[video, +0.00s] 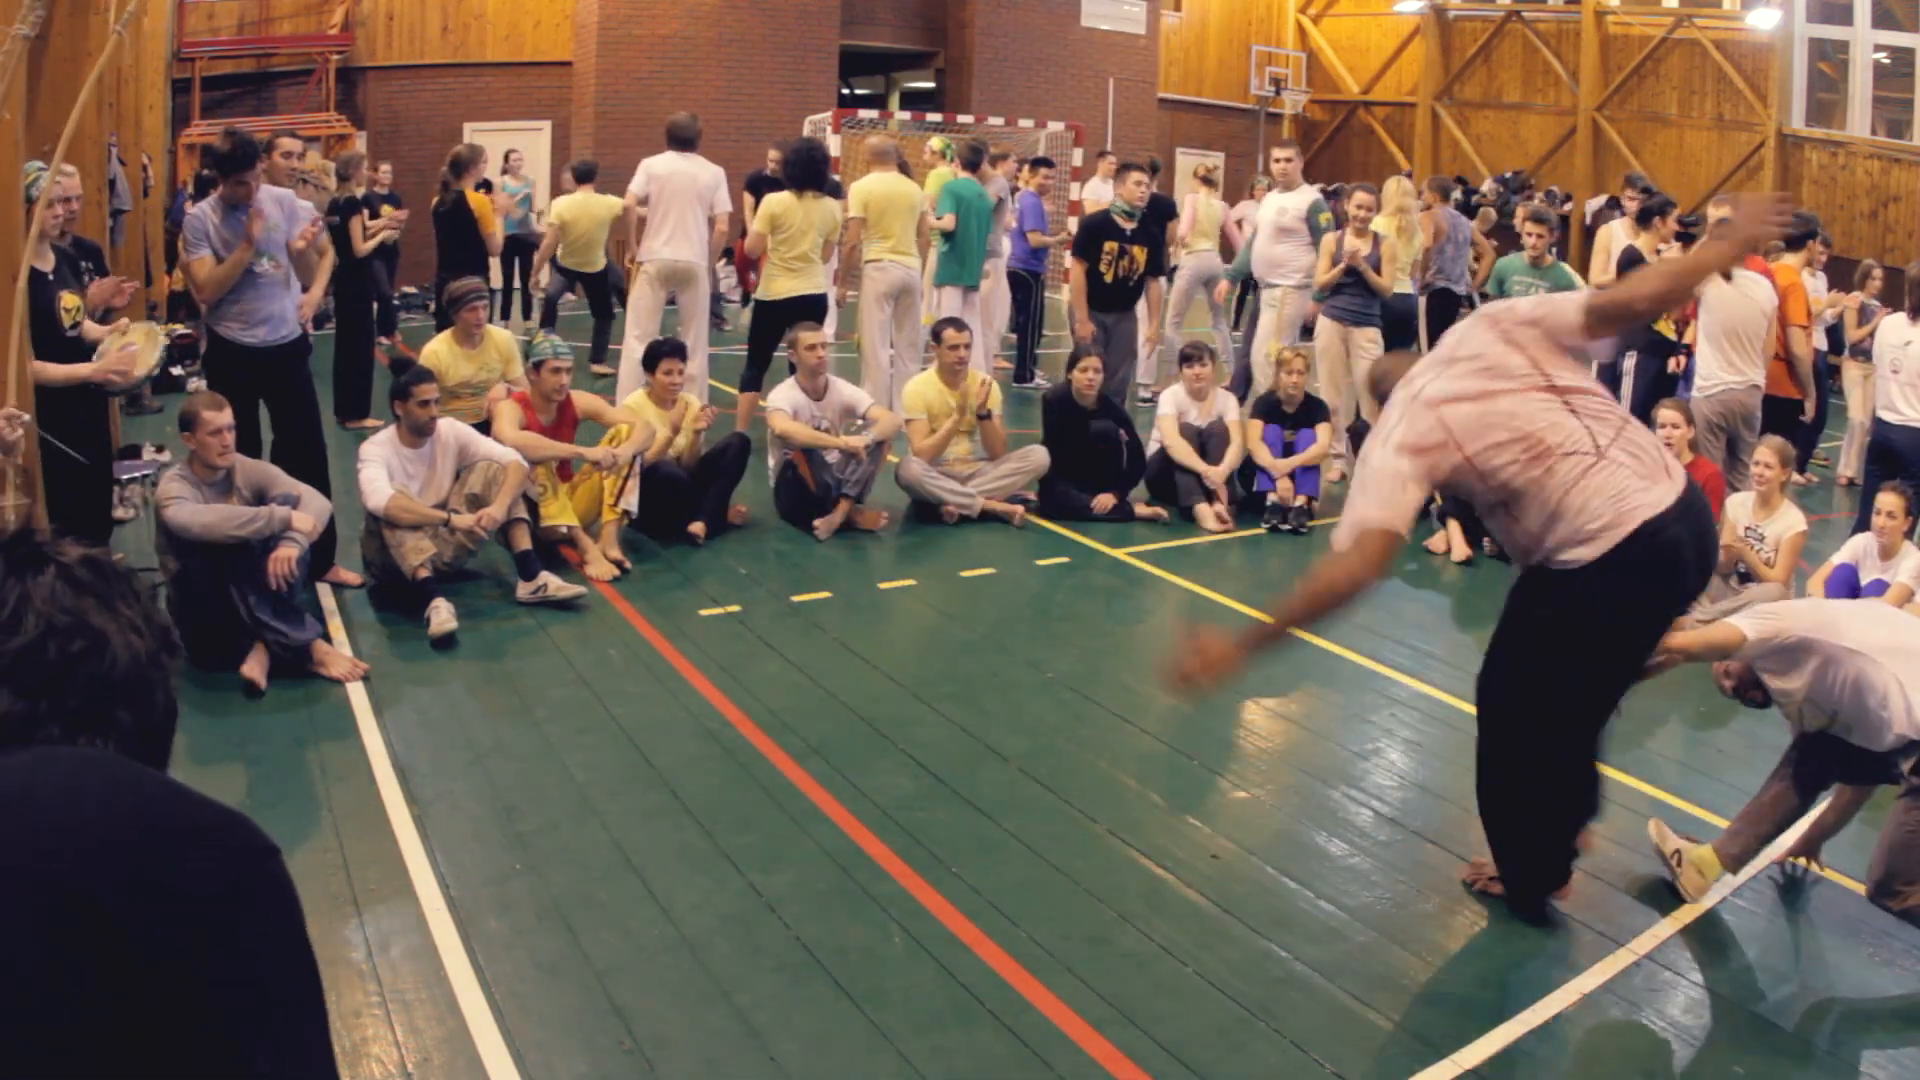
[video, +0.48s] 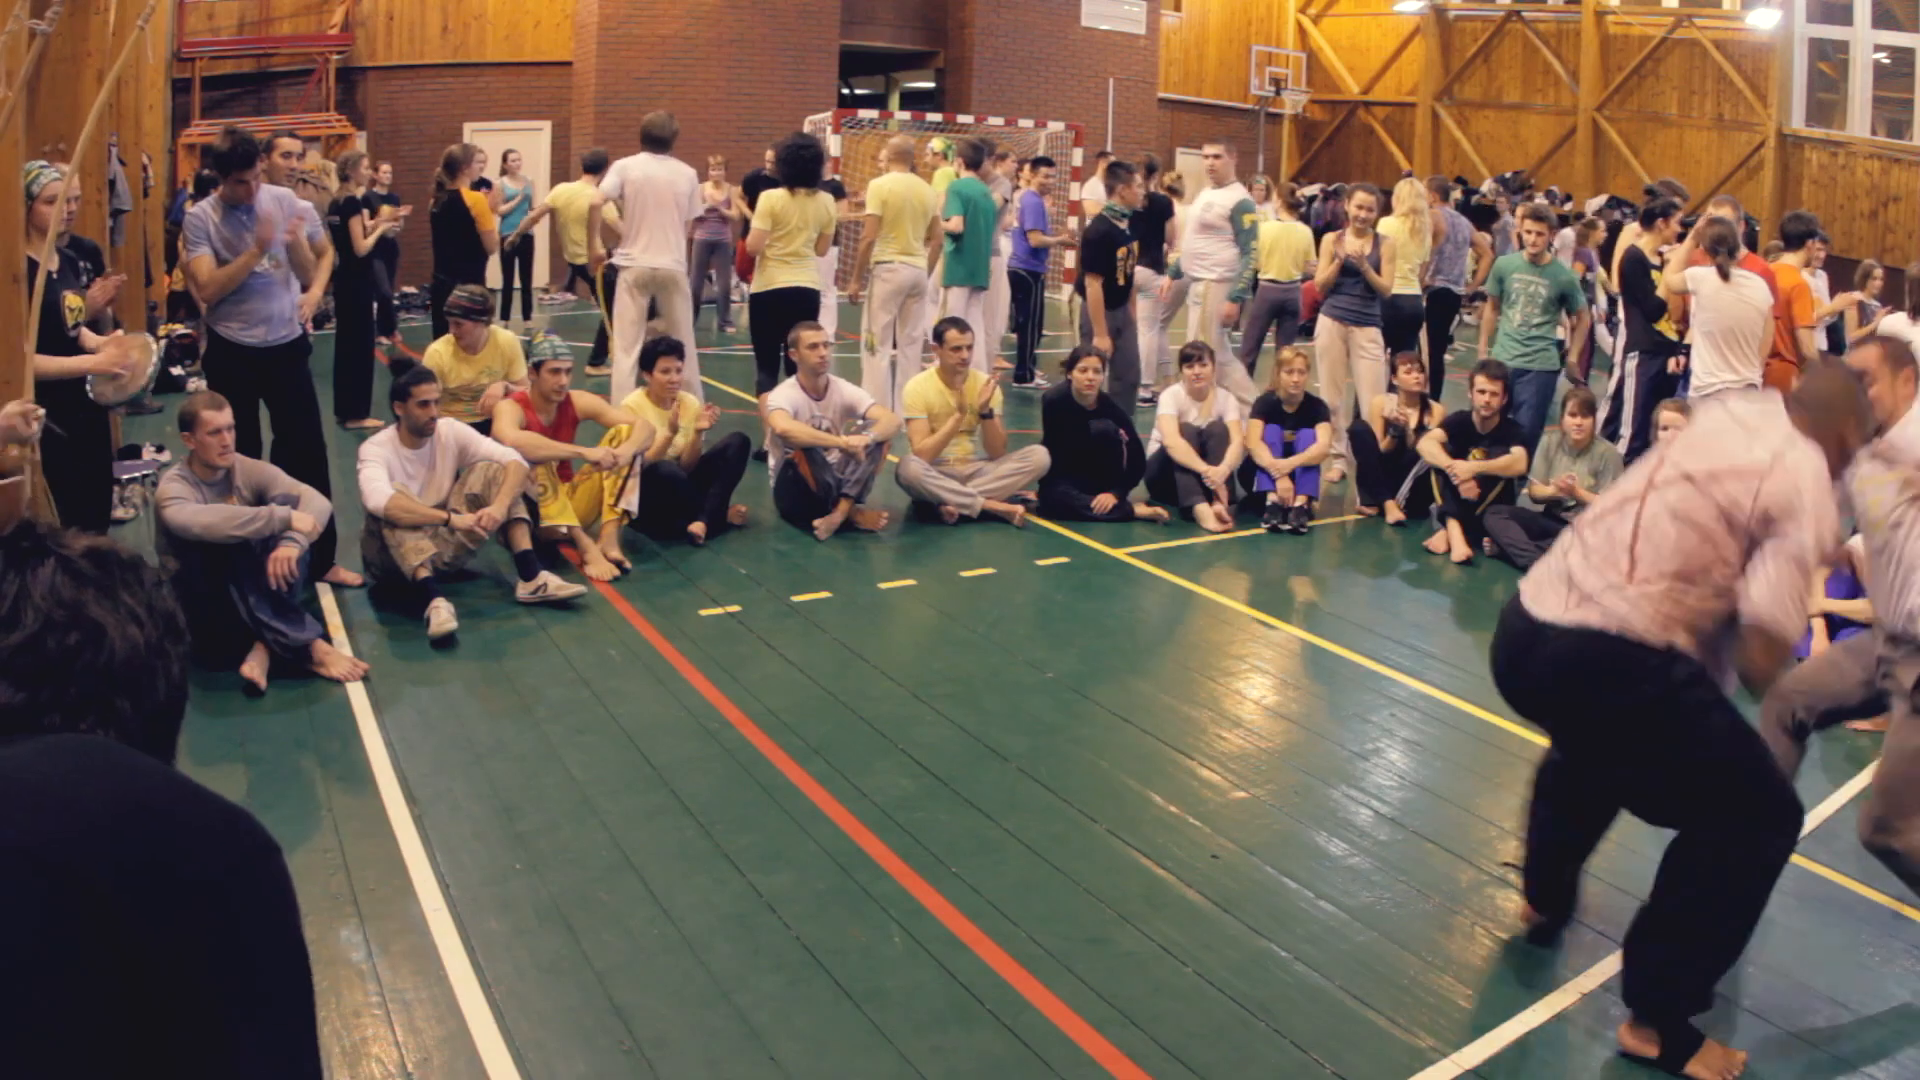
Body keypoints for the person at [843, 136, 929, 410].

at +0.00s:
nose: (863, 161)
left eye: (865, 156)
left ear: (868, 158)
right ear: (895, 157)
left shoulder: (861, 188)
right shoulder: (914, 188)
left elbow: (853, 240)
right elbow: (924, 235)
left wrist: (842, 283)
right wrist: (919, 270)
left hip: (878, 265)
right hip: (911, 265)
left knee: (875, 345)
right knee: (909, 345)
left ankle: (877, 414)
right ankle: (906, 412)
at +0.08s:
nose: (865, 160)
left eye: (866, 156)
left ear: (870, 158)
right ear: (896, 157)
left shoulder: (864, 187)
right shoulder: (916, 188)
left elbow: (856, 239)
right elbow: (926, 235)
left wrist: (844, 282)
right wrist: (919, 269)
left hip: (880, 265)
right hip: (912, 266)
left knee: (876, 344)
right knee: (910, 345)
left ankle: (876, 413)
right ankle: (905, 412)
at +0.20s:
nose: (870, 157)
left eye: (872, 153)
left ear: (875, 156)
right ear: (901, 158)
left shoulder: (868, 186)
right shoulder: (918, 188)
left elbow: (860, 238)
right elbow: (929, 235)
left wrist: (847, 280)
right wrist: (921, 271)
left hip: (883, 266)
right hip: (914, 266)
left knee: (877, 343)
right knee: (911, 345)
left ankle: (877, 412)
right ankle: (907, 412)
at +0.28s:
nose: (873, 157)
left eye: (875, 154)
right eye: (876, 153)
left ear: (878, 156)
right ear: (903, 157)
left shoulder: (871, 185)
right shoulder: (921, 189)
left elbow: (862, 237)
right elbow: (932, 235)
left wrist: (850, 281)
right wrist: (921, 271)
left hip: (883, 265)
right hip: (914, 265)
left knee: (877, 343)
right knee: (910, 344)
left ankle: (877, 413)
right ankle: (906, 413)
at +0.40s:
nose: (878, 157)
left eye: (880, 154)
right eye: (881, 153)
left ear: (883, 157)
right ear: (908, 158)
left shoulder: (876, 185)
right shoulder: (925, 189)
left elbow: (867, 237)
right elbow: (935, 236)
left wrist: (854, 279)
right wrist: (922, 271)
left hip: (886, 265)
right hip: (916, 266)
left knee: (877, 343)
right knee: (910, 344)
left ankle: (878, 413)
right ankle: (908, 412)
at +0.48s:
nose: (880, 155)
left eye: (884, 151)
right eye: (883, 150)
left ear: (890, 157)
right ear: (910, 159)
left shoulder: (879, 185)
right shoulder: (927, 189)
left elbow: (869, 236)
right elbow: (937, 238)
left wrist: (856, 279)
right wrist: (925, 272)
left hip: (888, 266)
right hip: (918, 266)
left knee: (878, 344)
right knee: (911, 344)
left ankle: (879, 413)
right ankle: (907, 412)